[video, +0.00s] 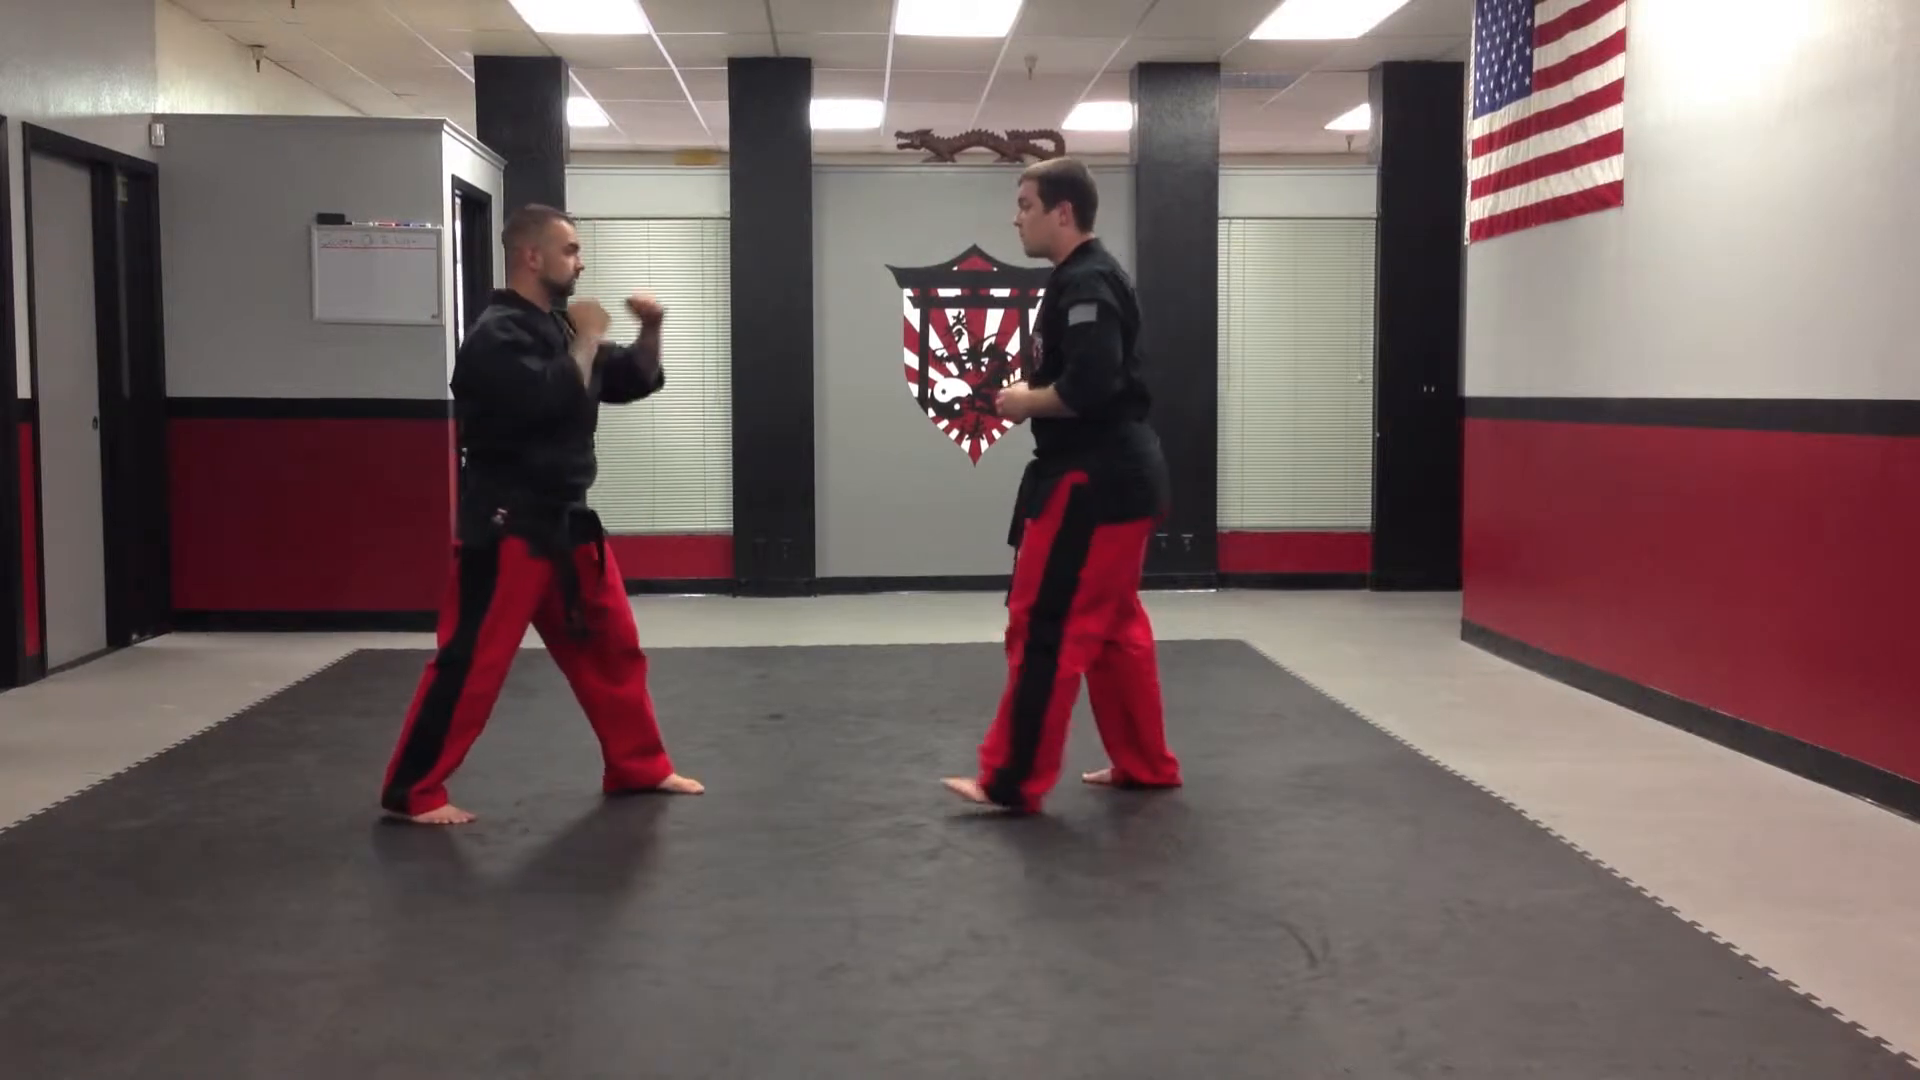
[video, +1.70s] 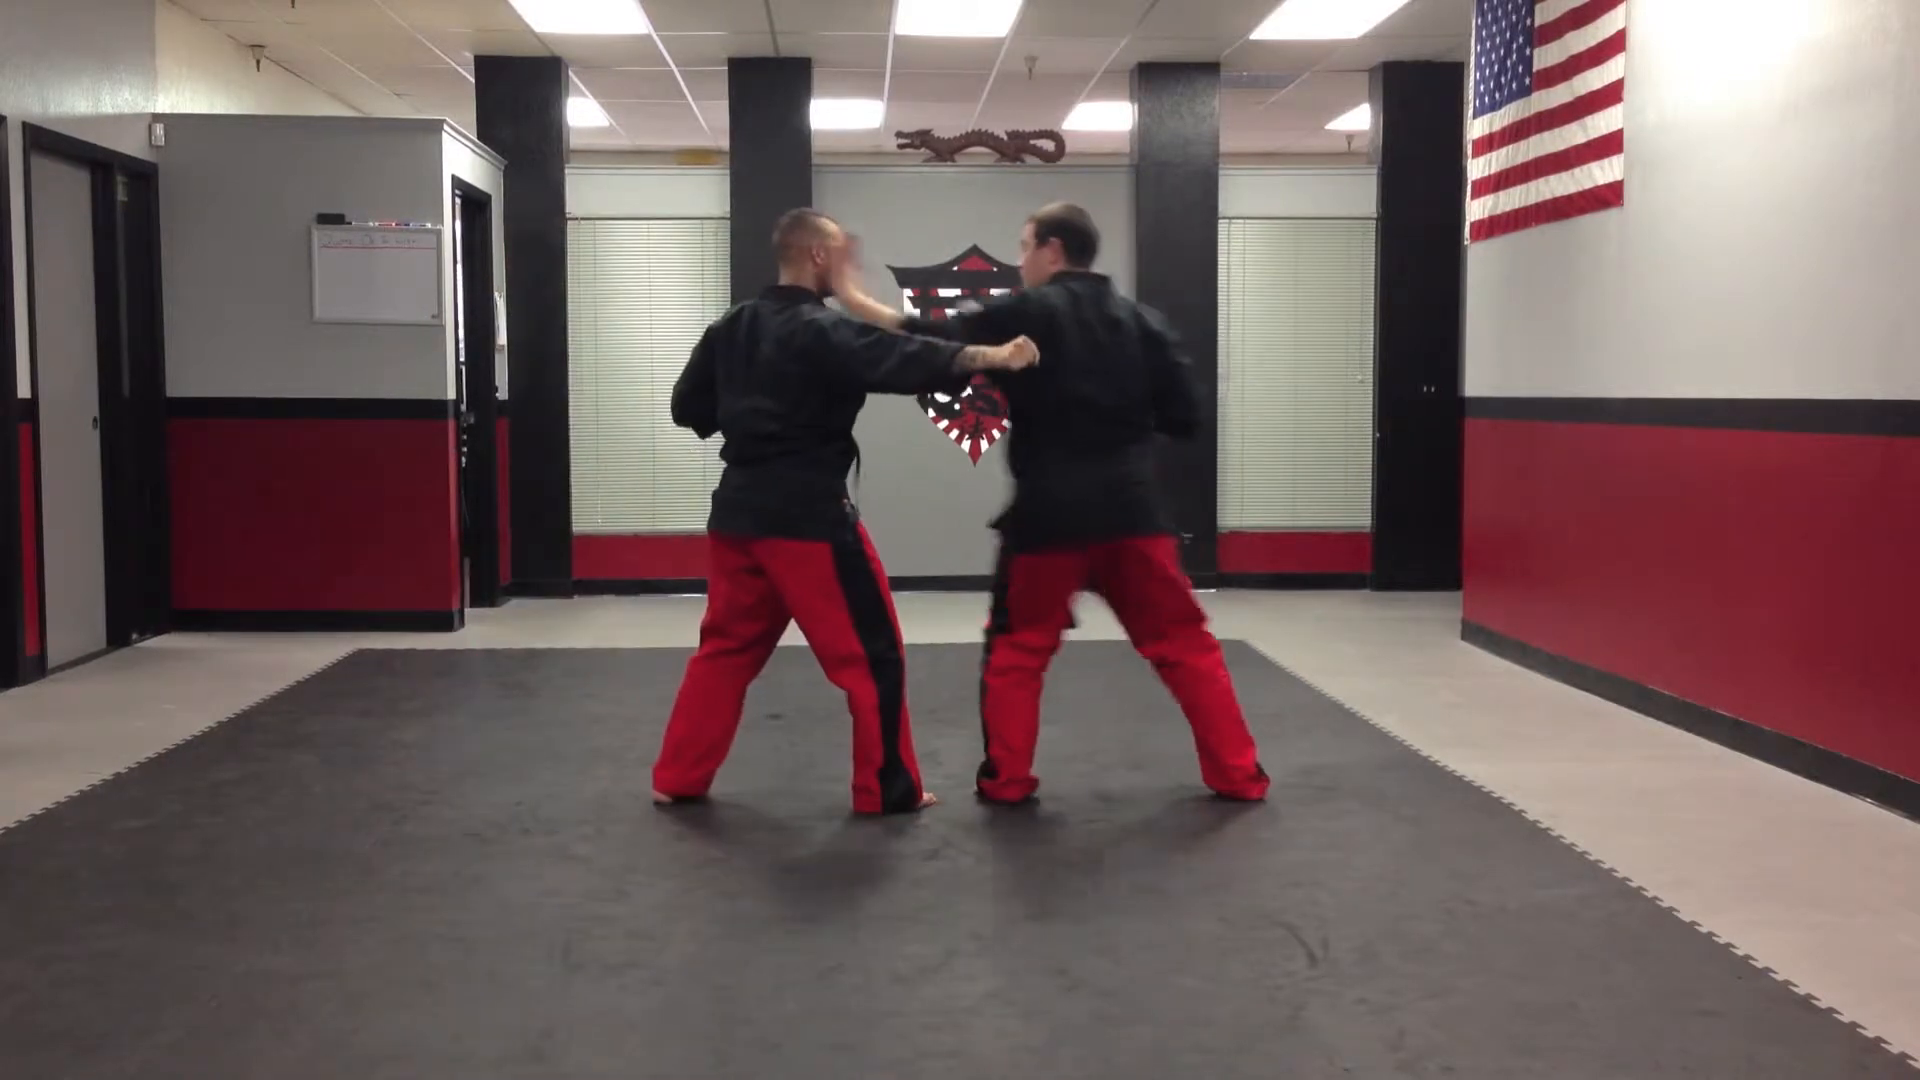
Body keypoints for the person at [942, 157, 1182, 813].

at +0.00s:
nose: (1018, 220)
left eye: (1026, 207)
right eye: (1019, 207)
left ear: (1063, 213)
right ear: (1066, 214)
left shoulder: (1086, 282)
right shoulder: (1082, 275)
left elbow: (1090, 387)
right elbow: (1079, 379)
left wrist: (1023, 401)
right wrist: (1024, 392)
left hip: (1092, 480)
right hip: (1116, 474)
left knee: (1043, 625)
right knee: (1113, 621)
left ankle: (1011, 783)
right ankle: (1145, 761)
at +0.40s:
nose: (994, 226)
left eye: (1005, 215)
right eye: (998, 214)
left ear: (1042, 226)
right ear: (1050, 228)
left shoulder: (1040, 295)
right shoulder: (1081, 293)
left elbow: (994, 384)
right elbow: (1047, 389)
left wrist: (926, 362)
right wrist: (966, 376)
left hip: (1047, 500)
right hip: (1096, 494)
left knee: (979, 636)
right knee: (1090, 627)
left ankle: (983, 792)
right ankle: (1154, 759)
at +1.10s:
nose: (1039, 239)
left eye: (1045, 226)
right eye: (1041, 226)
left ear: (1075, 231)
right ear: (1103, 234)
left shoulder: (1048, 291)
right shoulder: (1153, 307)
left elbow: (951, 313)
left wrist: (915, 287)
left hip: (1074, 504)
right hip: (1151, 503)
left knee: (1003, 644)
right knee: (1169, 637)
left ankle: (987, 794)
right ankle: (1233, 772)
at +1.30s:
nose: (1066, 252)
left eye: (1072, 239)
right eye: (1067, 240)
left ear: (1103, 240)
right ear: (1131, 242)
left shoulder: (1086, 307)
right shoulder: (1195, 309)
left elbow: (1022, 376)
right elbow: (1229, 403)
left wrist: (986, 315)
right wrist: (1162, 410)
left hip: (1103, 509)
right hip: (1187, 508)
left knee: (1037, 638)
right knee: (1195, 642)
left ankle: (1038, 779)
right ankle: (1232, 775)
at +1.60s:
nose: (1044, 263)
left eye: (1049, 251)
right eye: (1045, 251)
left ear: (1078, 254)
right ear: (1106, 256)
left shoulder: (1060, 316)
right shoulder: (1169, 317)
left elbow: (985, 372)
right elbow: (1214, 407)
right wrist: (1148, 415)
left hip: (1089, 516)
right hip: (1170, 511)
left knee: (1034, 644)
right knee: (1197, 643)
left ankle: (1008, 777)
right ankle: (1237, 776)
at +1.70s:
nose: (1020, 260)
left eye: (1026, 249)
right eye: (1023, 248)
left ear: (1053, 251)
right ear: (1083, 255)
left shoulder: (1025, 312)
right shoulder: (1139, 318)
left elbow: (929, 337)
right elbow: (1185, 416)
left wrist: (850, 293)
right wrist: (1118, 403)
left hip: (1048, 515)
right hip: (1132, 512)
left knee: (1018, 645)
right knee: (1183, 639)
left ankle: (1007, 780)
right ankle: (1239, 775)